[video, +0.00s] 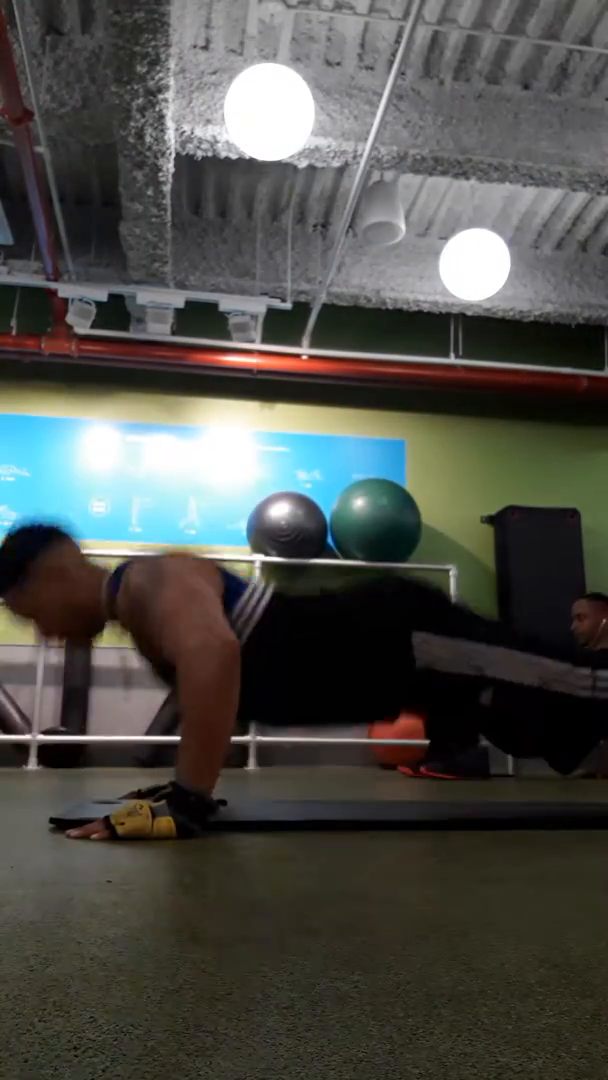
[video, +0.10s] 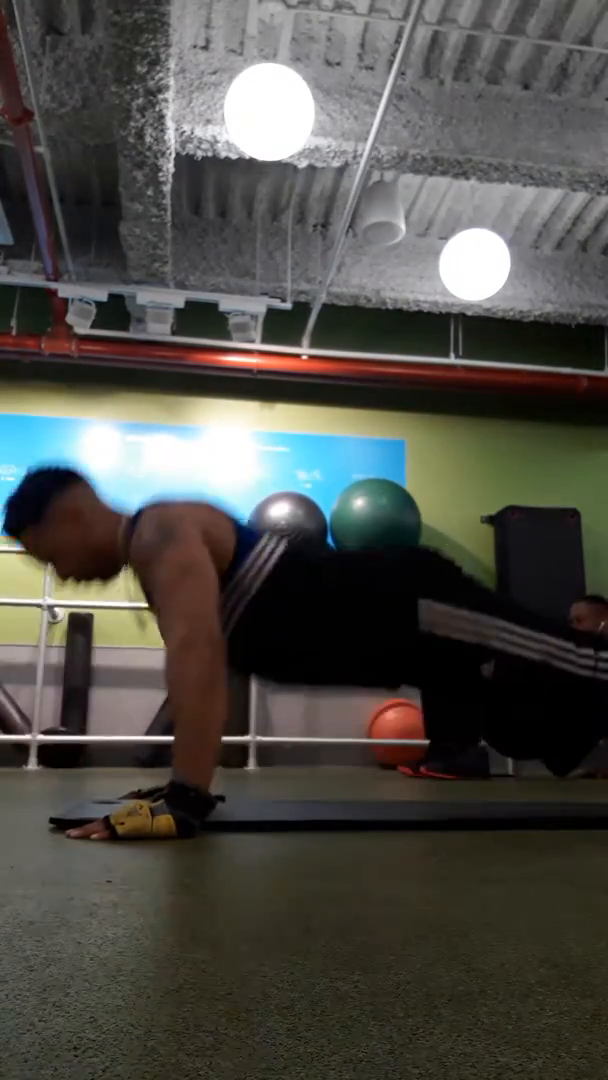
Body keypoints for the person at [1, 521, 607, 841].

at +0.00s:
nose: (41, 631)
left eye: (32, 609)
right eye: (28, 620)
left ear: (61, 568)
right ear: (62, 573)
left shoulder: (153, 580)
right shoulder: (144, 600)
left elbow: (215, 659)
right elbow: (213, 683)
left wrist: (186, 796)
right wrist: (180, 792)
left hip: (403, 639)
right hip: (391, 659)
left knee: (581, 698)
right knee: (553, 723)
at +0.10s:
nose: (54, 568)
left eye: (46, 550)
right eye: (41, 558)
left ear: (75, 511)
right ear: (78, 517)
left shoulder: (164, 530)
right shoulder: (156, 548)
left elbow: (201, 658)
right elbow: (203, 666)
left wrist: (187, 796)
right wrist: (186, 793)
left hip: (417, 607)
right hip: (406, 636)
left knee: (589, 679)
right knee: (551, 733)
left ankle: (588, 626)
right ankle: (580, 633)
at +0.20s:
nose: (71, 542)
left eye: (60, 523)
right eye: (58, 531)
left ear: (85, 480)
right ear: (90, 481)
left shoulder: (169, 503)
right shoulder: (165, 515)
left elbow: (184, 648)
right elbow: (186, 651)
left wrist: (181, 794)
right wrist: (179, 789)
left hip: (415, 591)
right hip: (407, 614)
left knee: (589, 664)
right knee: (550, 732)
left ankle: (590, 615)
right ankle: (582, 623)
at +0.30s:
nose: (63, 549)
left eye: (55, 530)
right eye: (52, 538)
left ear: (82, 492)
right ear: (83, 498)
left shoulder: (167, 513)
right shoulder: (160, 530)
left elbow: (194, 647)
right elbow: (190, 653)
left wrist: (184, 795)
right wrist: (181, 789)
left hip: (416, 599)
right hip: (407, 620)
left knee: (591, 670)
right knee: (556, 732)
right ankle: (577, 627)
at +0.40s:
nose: (54, 594)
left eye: (44, 574)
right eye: (40, 583)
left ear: (69, 534)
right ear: (72, 536)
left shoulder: (164, 551)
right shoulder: (154, 570)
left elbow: (212, 659)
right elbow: (210, 675)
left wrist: (188, 799)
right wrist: (183, 795)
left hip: (411, 626)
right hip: (399, 651)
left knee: (586, 694)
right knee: (557, 736)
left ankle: (589, 635)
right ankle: (583, 641)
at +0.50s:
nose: (41, 653)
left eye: (33, 631)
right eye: (28, 642)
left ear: (60, 591)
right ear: (60, 596)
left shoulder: (147, 601)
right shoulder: (141, 628)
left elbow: (220, 658)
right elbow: (222, 695)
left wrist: (188, 800)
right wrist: (183, 791)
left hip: (391, 666)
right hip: (382, 689)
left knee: (572, 710)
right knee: (553, 739)